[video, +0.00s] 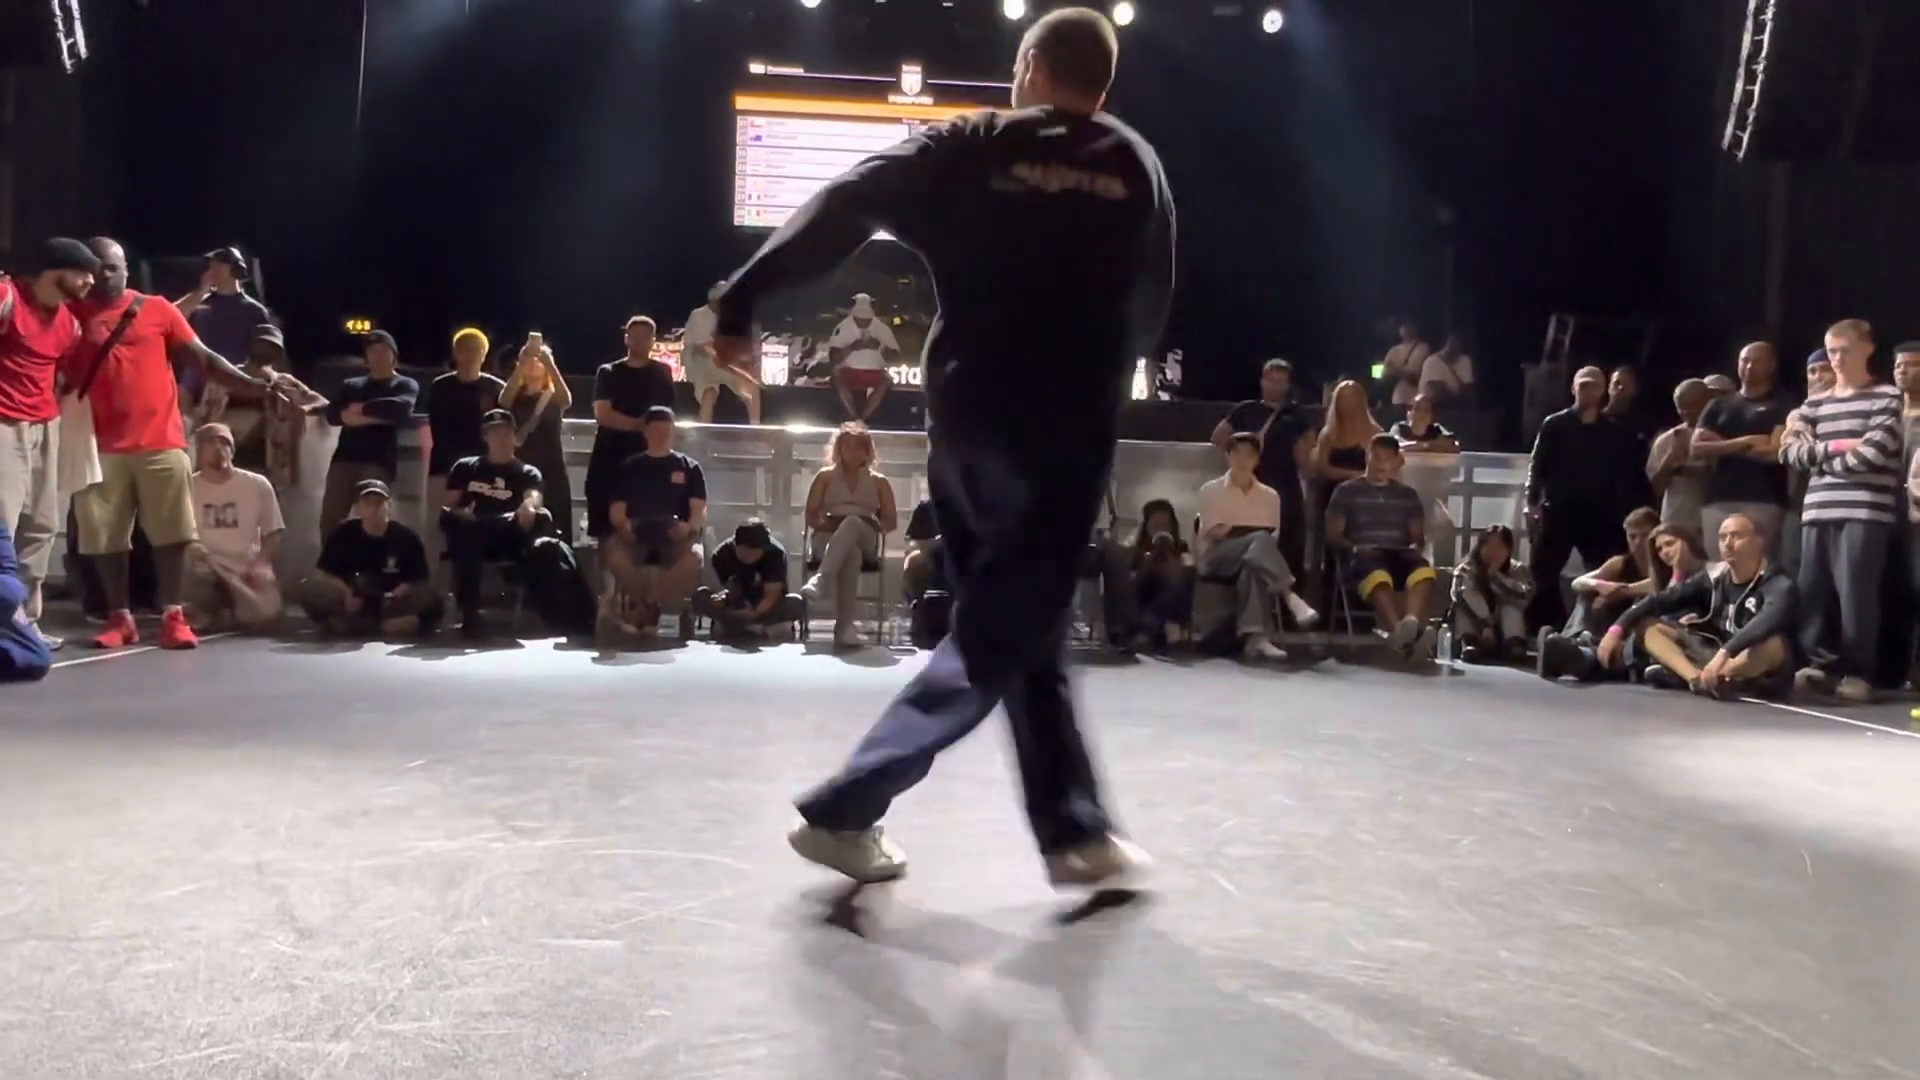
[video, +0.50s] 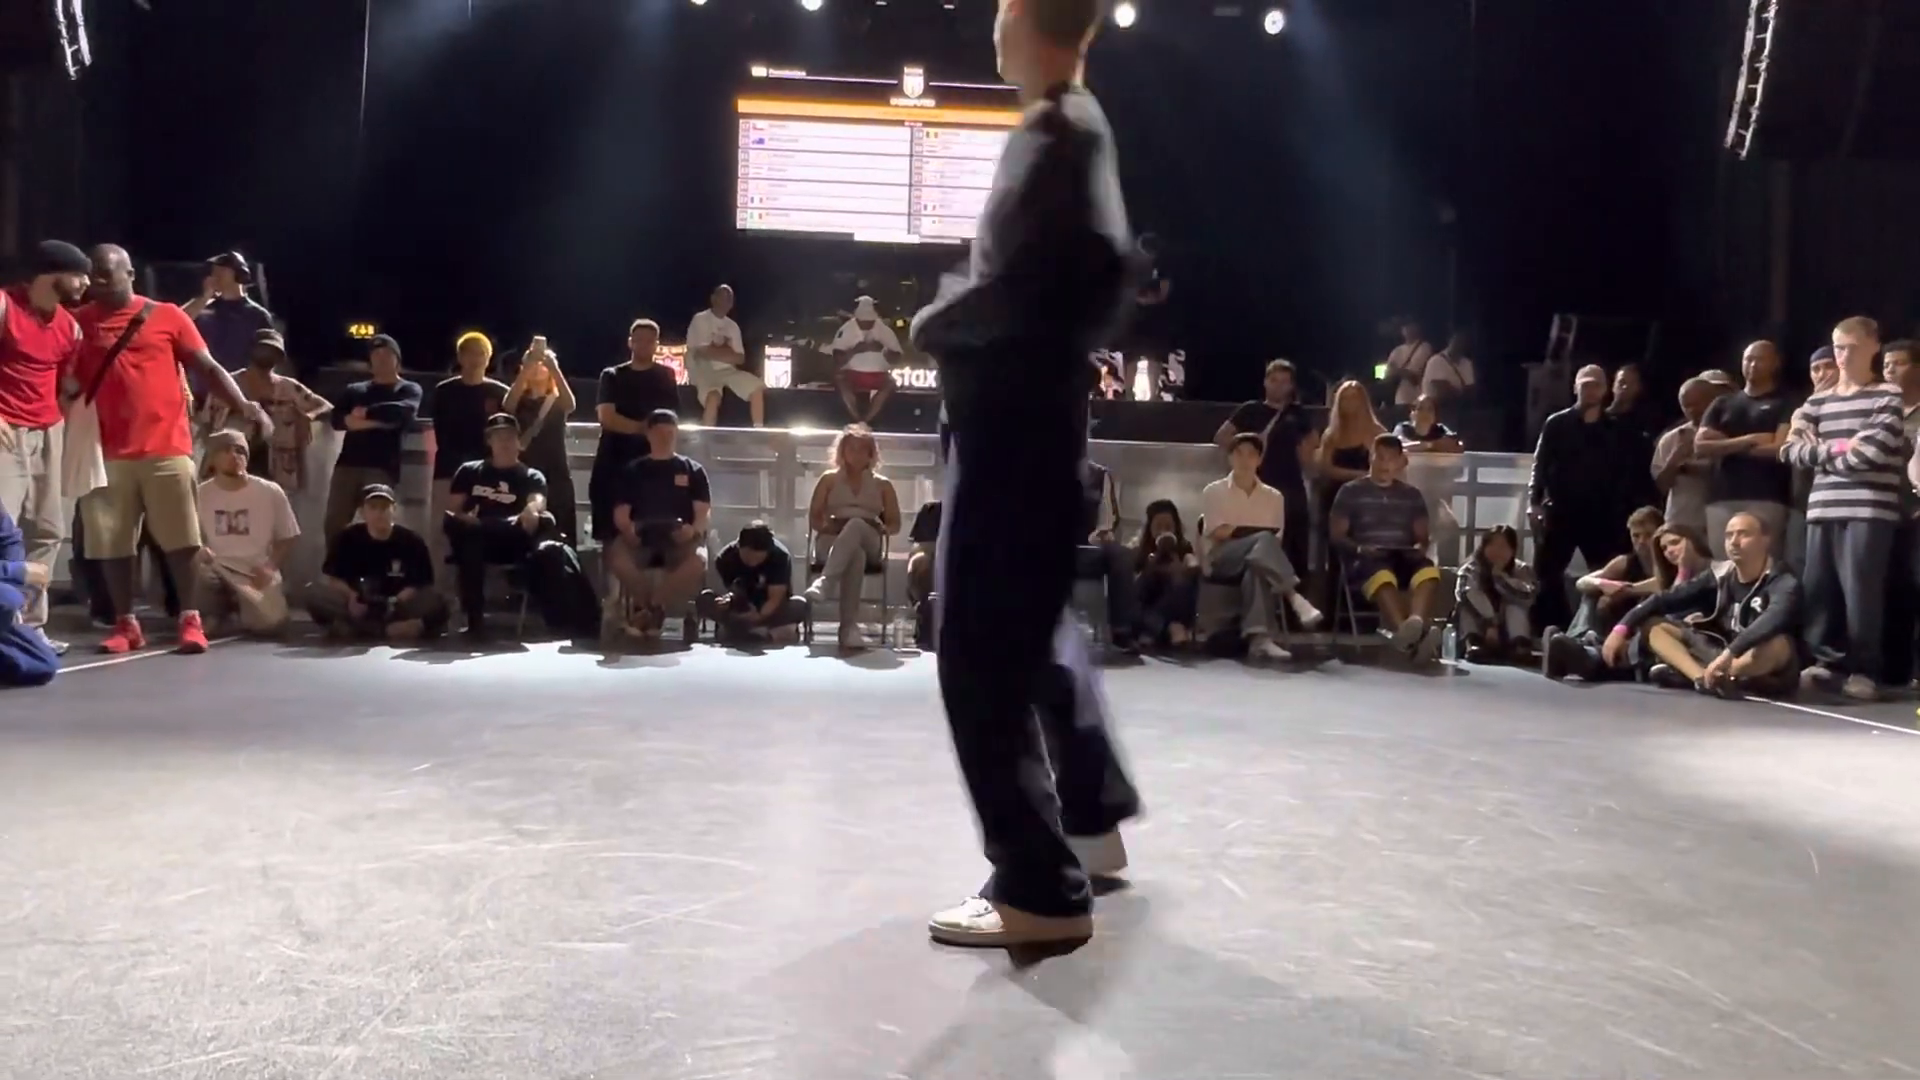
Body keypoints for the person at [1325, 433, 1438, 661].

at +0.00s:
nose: (1380, 464)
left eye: (1387, 458)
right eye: (1376, 457)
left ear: (1397, 463)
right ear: (1367, 458)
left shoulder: (1408, 495)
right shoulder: (1346, 491)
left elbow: (1417, 538)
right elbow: (1333, 535)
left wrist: (1412, 550)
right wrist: (1357, 549)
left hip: (1400, 551)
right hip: (1366, 550)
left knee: (1424, 573)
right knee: (1379, 580)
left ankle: (1410, 630)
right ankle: (1403, 637)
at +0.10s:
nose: (1381, 463)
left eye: (1387, 458)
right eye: (1376, 457)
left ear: (1397, 461)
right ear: (1368, 458)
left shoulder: (1408, 494)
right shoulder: (1347, 490)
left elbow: (1418, 537)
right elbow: (1333, 534)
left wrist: (1414, 548)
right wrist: (1357, 548)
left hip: (1400, 551)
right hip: (1367, 549)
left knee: (1425, 572)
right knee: (1379, 578)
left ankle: (1410, 628)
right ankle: (1405, 637)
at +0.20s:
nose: (1381, 463)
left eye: (1387, 457)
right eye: (1376, 456)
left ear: (1398, 461)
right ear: (1368, 457)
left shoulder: (1409, 493)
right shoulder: (1347, 490)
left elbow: (1418, 536)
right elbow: (1334, 534)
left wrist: (1414, 548)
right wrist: (1358, 548)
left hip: (1401, 551)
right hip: (1367, 549)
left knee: (1425, 571)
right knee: (1380, 577)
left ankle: (1411, 628)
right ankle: (1405, 637)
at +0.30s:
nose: (1381, 463)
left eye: (1388, 457)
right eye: (1377, 456)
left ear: (1398, 461)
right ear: (1368, 457)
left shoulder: (1409, 493)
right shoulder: (1348, 490)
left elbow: (1419, 536)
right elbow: (1334, 534)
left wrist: (1415, 548)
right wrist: (1358, 548)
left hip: (1401, 551)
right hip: (1368, 549)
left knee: (1426, 571)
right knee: (1381, 577)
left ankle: (1412, 628)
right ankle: (1406, 636)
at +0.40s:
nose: (1382, 463)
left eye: (1389, 457)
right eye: (1378, 456)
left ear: (1400, 461)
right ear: (1369, 458)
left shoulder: (1410, 494)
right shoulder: (1349, 490)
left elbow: (1421, 537)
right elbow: (1335, 534)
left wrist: (1416, 548)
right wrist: (1359, 548)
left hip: (1402, 551)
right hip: (1368, 550)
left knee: (1427, 572)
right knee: (1381, 578)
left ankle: (1412, 629)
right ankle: (1409, 638)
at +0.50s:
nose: (1384, 464)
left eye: (1390, 458)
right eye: (1379, 457)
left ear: (1401, 463)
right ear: (1371, 459)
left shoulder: (1412, 495)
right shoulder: (1350, 492)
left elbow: (1422, 537)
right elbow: (1337, 535)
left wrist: (1418, 549)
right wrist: (1361, 549)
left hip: (1403, 553)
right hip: (1370, 551)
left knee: (1428, 572)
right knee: (1383, 578)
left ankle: (1414, 630)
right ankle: (1410, 641)